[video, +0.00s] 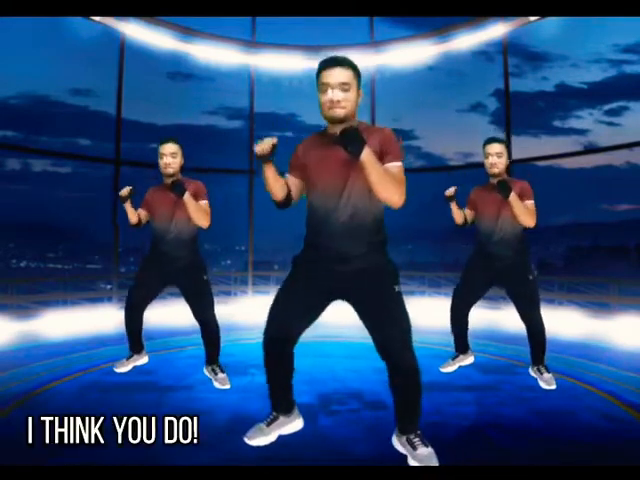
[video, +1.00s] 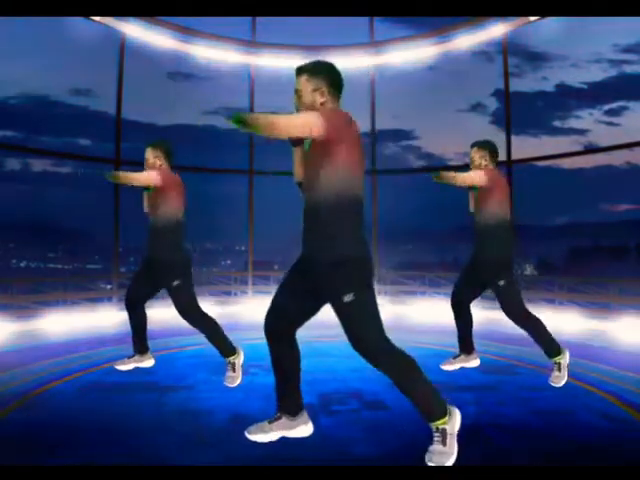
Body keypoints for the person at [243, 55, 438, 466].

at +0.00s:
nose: (335, 95)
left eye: (344, 87)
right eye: (327, 88)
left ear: (359, 94)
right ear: (318, 96)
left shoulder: (382, 139)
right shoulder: (308, 148)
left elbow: (394, 197)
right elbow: (284, 198)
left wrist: (360, 151)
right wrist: (265, 162)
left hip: (369, 268)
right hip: (316, 267)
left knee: (401, 355)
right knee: (276, 338)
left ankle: (408, 433)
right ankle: (284, 413)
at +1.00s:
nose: (296, 99)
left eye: (300, 92)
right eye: (296, 94)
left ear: (321, 92)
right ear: (324, 94)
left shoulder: (333, 119)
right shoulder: (328, 131)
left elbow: (274, 126)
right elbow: (304, 180)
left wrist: (242, 119)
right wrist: (298, 140)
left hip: (343, 259)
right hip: (319, 258)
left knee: (373, 345)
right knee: (277, 326)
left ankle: (443, 419)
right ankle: (291, 415)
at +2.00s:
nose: (333, 81)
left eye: (341, 73)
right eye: (326, 74)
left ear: (357, 76)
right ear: (318, 80)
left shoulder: (378, 117)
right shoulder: (305, 127)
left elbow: (400, 161)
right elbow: (272, 164)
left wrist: (361, 120)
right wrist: (269, 122)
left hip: (365, 246)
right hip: (314, 246)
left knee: (392, 336)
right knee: (285, 324)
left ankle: (409, 423)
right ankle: (278, 405)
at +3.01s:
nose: (313, 98)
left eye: (317, 91)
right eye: (313, 92)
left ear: (338, 90)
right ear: (339, 92)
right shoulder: (340, 126)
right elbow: (317, 173)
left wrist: (232, 109)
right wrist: (312, 133)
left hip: (348, 257)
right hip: (322, 255)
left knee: (362, 346)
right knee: (286, 324)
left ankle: (418, 416)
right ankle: (289, 410)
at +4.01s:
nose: (278, 103)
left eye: (284, 94)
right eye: (277, 95)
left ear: (310, 95)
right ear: (289, 97)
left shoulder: (344, 139)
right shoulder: (281, 147)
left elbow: (355, 188)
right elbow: (255, 187)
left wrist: (317, 147)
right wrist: (243, 148)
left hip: (331, 264)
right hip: (282, 264)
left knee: (371, 344)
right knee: (249, 332)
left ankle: (380, 411)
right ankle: (244, 404)